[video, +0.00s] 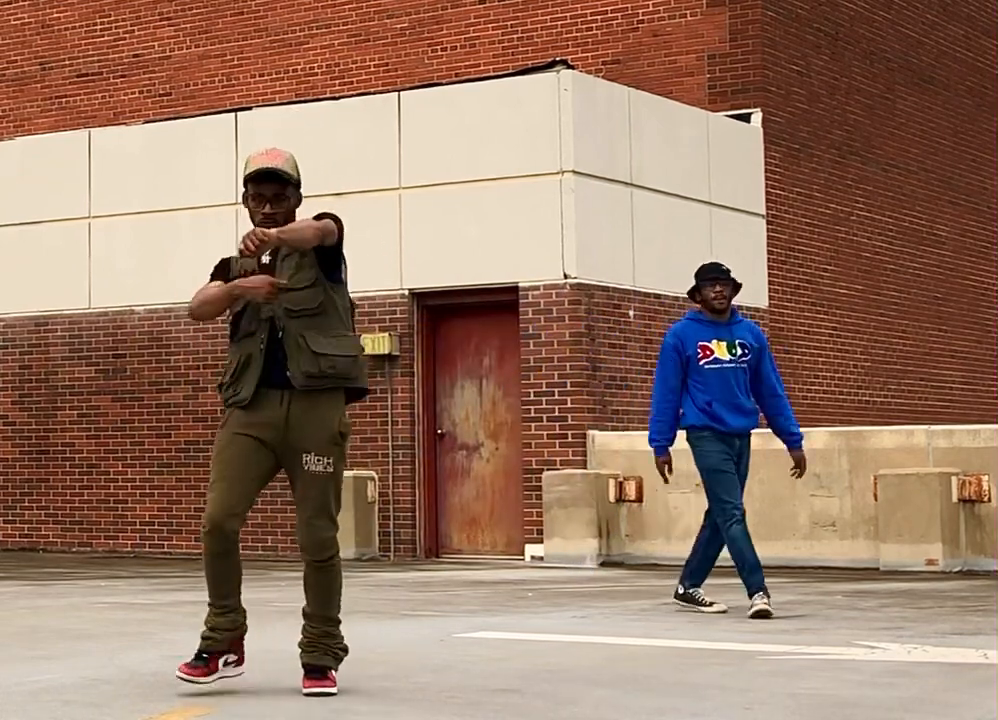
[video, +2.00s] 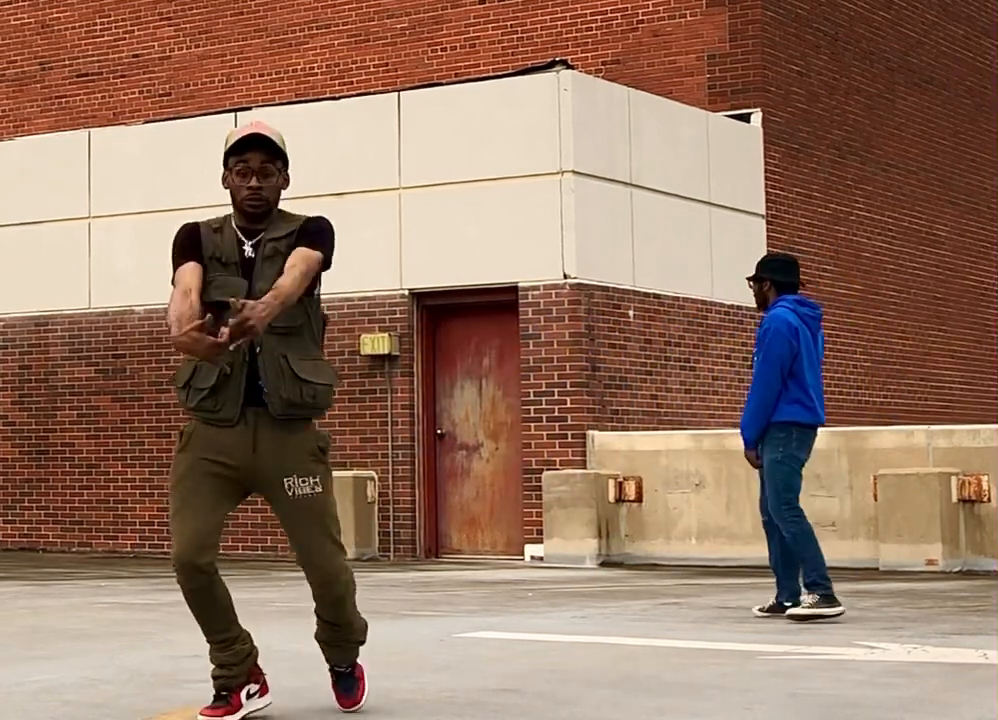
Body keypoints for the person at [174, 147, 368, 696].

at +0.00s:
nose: (267, 201)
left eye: (278, 193)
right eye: (258, 193)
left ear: (297, 198)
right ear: (244, 198)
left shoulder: (320, 235)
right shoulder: (236, 263)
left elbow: (325, 230)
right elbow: (198, 307)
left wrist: (273, 237)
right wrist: (240, 288)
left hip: (316, 407)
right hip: (250, 409)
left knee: (318, 540)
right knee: (217, 522)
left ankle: (320, 655)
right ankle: (223, 637)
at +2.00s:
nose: (253, 183)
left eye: (266, 174)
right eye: (242, 173)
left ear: (284, 180)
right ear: (225, 180)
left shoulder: (312, 230)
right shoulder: (195, 238)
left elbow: (294, 278)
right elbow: (185, 294)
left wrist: (263, 309)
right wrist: (185, 332)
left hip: (288, 431)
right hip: (210, 432)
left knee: (328, 572)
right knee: (190, 559)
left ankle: (343, 657)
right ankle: (238, 673)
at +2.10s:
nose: (254, 163)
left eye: (265, 152)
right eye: (241, 153)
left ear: (281, 159)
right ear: (223, 160)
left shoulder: (307, 221)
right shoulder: (194, 207)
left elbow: (311, 289)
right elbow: (159, 248)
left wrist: (303, 345)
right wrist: (171, 257)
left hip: (291, 416)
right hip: (209, 420)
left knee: (344, 530)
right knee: (198, 554)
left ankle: (313, 651)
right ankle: (238, 672)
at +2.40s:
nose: (249, 154)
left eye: (261, 144)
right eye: (236, 143)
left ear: (279, 152)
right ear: (217, 153)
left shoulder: (305, 218)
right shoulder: (194, 204)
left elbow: (311, 286)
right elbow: (159, 201)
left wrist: (311, 347)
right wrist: (140, 174)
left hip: (285, 412)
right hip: (203, 416)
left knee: (322, 541)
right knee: (196, 565)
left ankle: (281, 693)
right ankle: (227, 672)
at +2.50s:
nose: (234, 123)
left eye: (247, 113)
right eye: (222, 111)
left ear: (263, 123)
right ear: (202, 117)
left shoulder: (289, 170)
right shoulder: (173, 195)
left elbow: (298, 186)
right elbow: (136, 280)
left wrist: (282, 199)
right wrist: (160, 293)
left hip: (271, 387)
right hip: (189, 389)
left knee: (282, 542)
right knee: (168, 533)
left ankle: (280, 697)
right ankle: (215, 649)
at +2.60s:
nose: (216, 110)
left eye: (228, 102)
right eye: (204, 99)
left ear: (244, 114)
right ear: (183, 107)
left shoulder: (264, 167)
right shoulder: (156, 196)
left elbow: (279, 121)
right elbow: (153, 281)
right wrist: (144, 349)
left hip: (263, 380)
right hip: (183, 383)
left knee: (278, 538)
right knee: (149, 514)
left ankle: (281, 696)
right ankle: (197, 679)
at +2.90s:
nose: (196, 95)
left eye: (208, 84)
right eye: (183, 82)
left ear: (223, 93)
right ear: (160, 89)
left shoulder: (245, 148)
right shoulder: (124, 162)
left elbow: (256, 169)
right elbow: (95, 252)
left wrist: (237, 182)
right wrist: (124, 262)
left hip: (244, 367)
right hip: (161, 374)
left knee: (289, 512)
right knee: (151, 533)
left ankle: (271, 667)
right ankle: (151, 693)